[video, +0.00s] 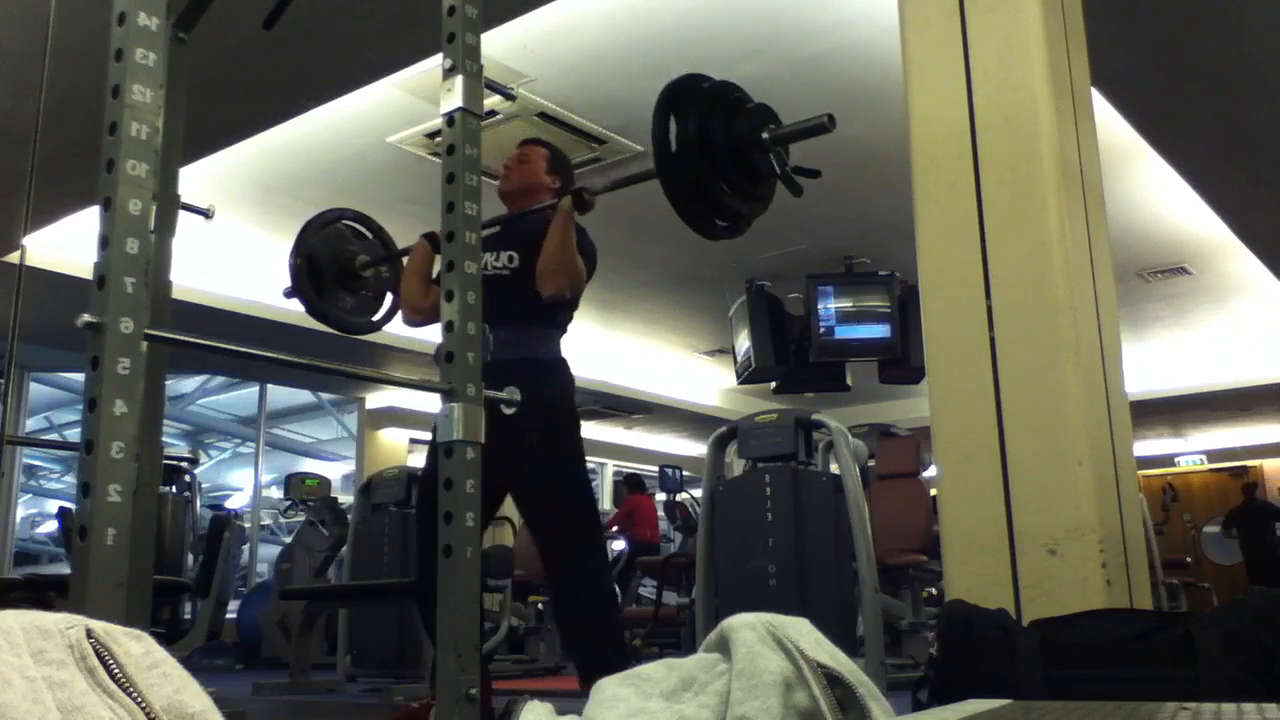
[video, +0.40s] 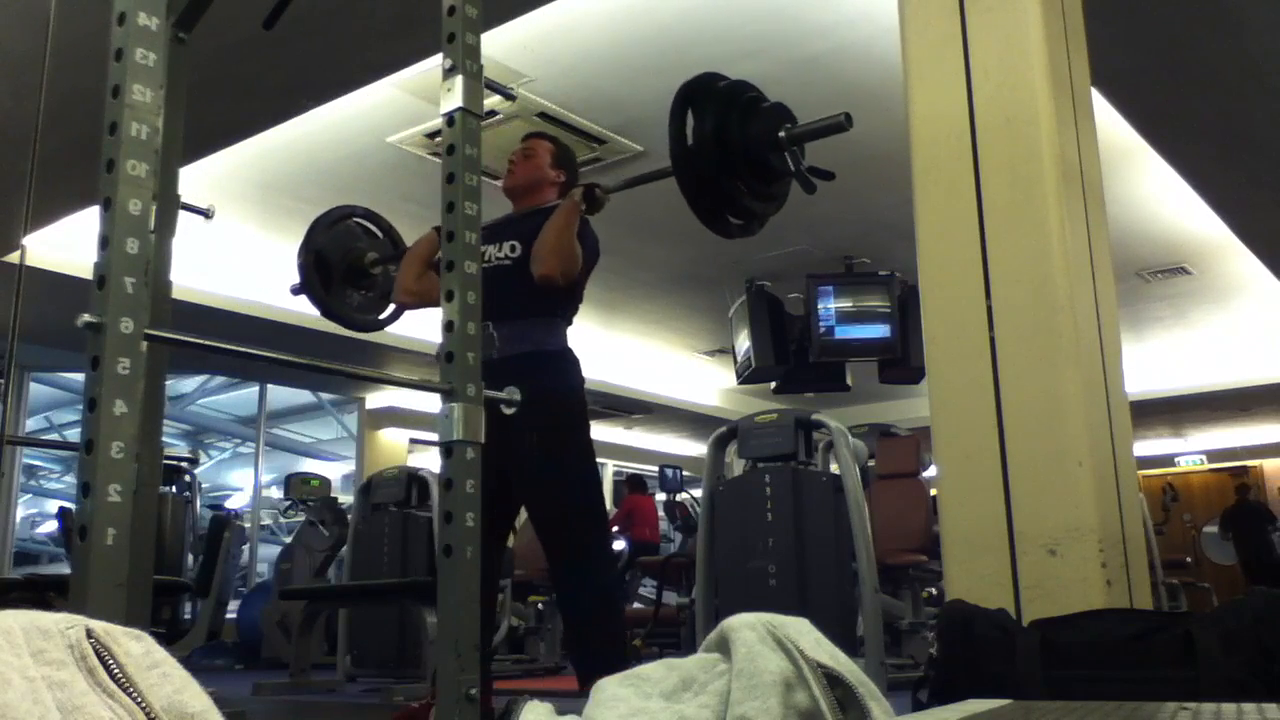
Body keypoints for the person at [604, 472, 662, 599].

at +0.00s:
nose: (624, 490)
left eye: (625, 486)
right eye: (624, 487)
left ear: (629, 487)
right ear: (642, 485)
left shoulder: (632, 500)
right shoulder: (649, 501)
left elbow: (617, 518)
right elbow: (635, 522)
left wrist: (604, 528)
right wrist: (617, 532)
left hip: (638, 546)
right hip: (654, 546)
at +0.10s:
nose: (624, 490)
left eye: (625, 486)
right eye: (624, 487)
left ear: (629, 487)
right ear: (643, 486)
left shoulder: (631, 500)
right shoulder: (650, 501)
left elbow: (616, 518)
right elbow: (636, 522)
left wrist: (603, 527)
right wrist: (618, 531)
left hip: (637, 545)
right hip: (654, 545)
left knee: (624, 574)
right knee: (649, 578)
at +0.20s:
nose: (624, 490)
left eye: (626, 486)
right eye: (625, 486)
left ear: (630, 487)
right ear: (643, 486)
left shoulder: (631, 500)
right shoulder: (649, 500)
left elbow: (617, 518)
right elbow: (637, 520)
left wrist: (607, 526)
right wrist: (621, 530)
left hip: (637, 543)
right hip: (653, 543)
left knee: (625, 573)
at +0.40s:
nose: (626, 490)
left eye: (627, 487)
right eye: (626, 487)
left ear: (631, 487)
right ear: (644, 487)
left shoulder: (630, 500)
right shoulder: (650, 500)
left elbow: (617, 519)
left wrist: (607, 528)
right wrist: (619, 532)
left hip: (637, 543)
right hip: (654, 544)